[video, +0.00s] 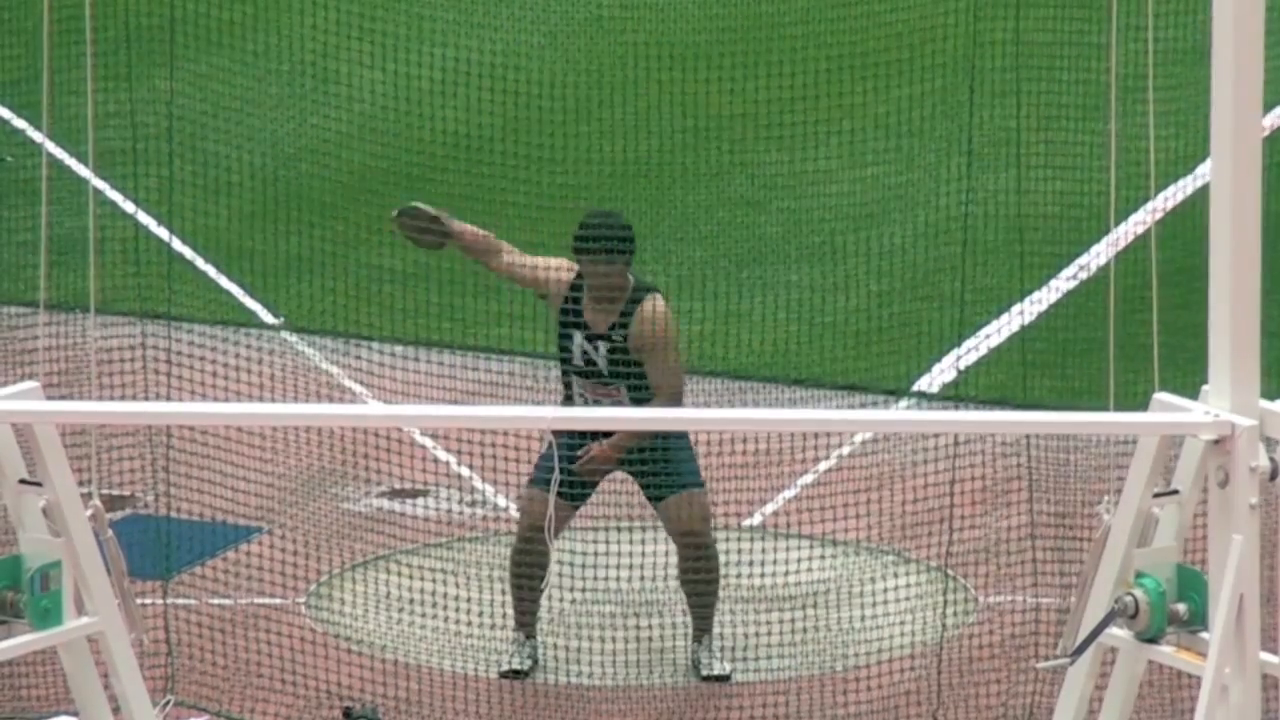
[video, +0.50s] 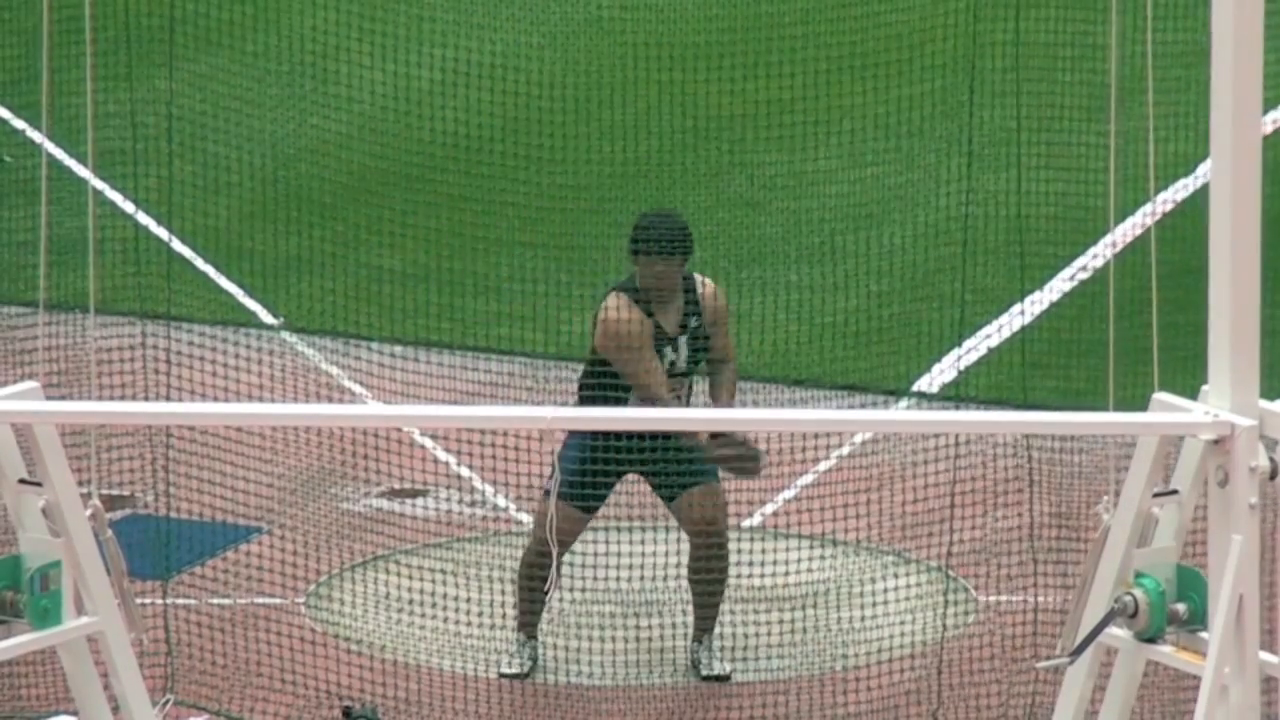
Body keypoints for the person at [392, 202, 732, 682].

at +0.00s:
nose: (601, 279)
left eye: (610, 270)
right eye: (592, 269)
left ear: (628, 265)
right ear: (580, 263)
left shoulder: (651, 314)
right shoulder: (561, 281)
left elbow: (669, 404)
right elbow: (500, 256)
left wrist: (616, 446)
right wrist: (449, 228)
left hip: (650, 431)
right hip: (583, 428)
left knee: (695, 533)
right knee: (532, 525)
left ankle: (705, 642)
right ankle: (525, 640)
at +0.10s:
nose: (617, 275)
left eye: (627, 265)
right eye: (608, 264)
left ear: (643, 266)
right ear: (594, 264)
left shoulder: (667, 316)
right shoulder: (569, 292)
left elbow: (687, 403)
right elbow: (498, 285)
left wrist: (634, 442)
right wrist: (429, 273)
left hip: (661, 431)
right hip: (588, 427)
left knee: (701, 531)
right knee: (536, 526)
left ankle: (705, 643)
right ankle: (524, 642)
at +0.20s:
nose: (632, 274)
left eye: (642, 264)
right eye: (623, 263)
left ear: (657, 267)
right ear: (607, 264)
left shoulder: (684, 316)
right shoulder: (581, 306)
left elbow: (703, 397)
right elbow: (512, 333)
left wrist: (654, 442)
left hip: (669, 429)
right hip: (596, 427)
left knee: (705, 529)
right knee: (542, 524)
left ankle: (706, 643)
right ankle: (524, 641)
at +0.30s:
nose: (644, 276)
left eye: (655, 266)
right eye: (635, 265)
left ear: (670, 267)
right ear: (619, 264)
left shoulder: (696, 312)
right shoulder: (595, 314)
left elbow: (716, 388)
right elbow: (550, 383)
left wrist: (676, 435)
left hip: (672, 434)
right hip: (599, 433)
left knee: (708, 527)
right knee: (543, 526)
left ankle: (705, 643)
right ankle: (525, 641)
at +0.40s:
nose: (650, 274)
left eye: (660, 265)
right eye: (641, 263)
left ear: (678, 266)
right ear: (627, 263)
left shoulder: (706, 306)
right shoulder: (608, 317)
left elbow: (722, 376)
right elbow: (608, 405)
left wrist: (698, 427)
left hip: (670, 433)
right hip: (604, 431)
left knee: (710, 527)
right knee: (545, 530)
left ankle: (704, 643)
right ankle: (525, 640)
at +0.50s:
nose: (656, 268)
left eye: (667, 258)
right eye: (647, 258)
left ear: (685, 261)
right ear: (635, 260)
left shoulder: (709, 298)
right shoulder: (618, 316)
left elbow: (723, 366)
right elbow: (658, 401)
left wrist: (724, 425)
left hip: (668, 432)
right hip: (602, 433)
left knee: (709, 523)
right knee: (552, 532)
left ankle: (704, 643)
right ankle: (525, 640)